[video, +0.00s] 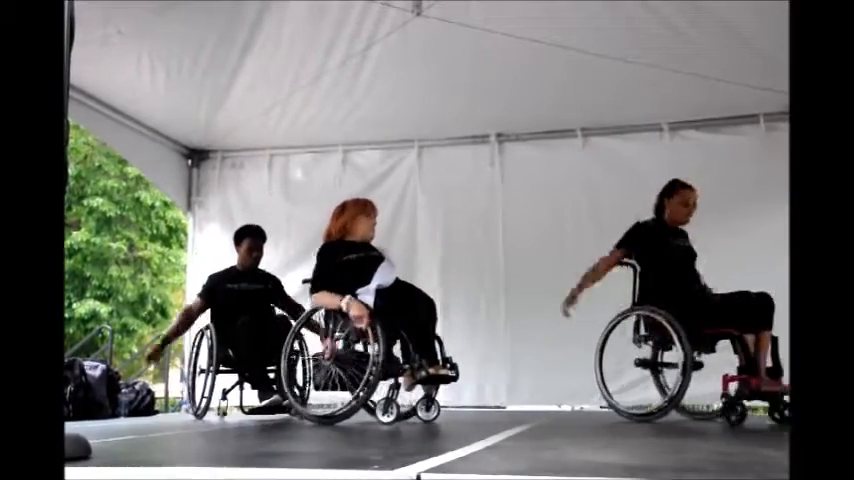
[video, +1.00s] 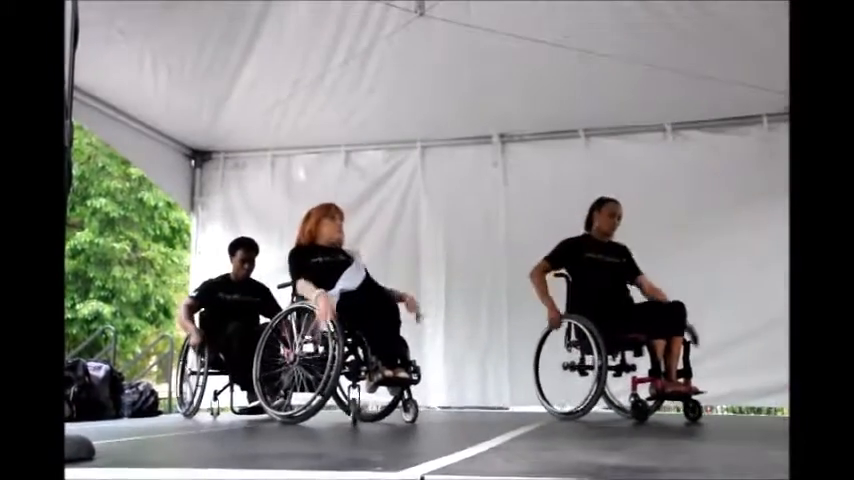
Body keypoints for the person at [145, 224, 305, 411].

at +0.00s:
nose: (258, 255)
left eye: (261, 249)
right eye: (252, 249)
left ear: (263, 250)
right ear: (238, 248)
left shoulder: (269, 282)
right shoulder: (218, 281)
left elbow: (295, 310)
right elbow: (191, 313)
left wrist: (323, 332)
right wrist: (163, 343)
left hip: (262, 343)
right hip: (230, 346)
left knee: (282, 324)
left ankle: (286, 392)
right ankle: (266, 393)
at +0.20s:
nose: (255, 257)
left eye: (258, 253)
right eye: (250, 252)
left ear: (261, 252)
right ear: (236, 250)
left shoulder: (268, 278)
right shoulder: (217, 278)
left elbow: (301, 287)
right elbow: (179, 291)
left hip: (261, 343)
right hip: (226, 347)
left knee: (280, 324)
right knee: (246, 328)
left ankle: (285, 390)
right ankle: (263, 392)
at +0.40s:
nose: (251, 258)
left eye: (254, 253)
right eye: (246, 253)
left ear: (258, 253)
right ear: (233, 251)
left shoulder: (262, 279)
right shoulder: (215, 278)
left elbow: (292, 273)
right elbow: (177, 281)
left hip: (257, 342)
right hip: (225, 346)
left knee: (275, 325)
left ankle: (279, 391)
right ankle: (258, 392)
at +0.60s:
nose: (247, 260)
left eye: (250, 255)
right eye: (242, 255)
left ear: (254, 255)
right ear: (230, 254)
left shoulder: (260, 281)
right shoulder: (214, 281)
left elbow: (293, 281)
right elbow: (185, 290)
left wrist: (310, 262)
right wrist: (196, 269)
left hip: (255, 341)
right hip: (224, 344)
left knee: (272, 327)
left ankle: (276, 393)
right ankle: (255, 392)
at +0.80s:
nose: (245, 262)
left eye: (248, 257)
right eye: (240, 257)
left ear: (252, 257)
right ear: (228, 255)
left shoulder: (258, 286)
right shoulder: (211, 285)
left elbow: (284, 305)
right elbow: (188, 308)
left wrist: (299, 310)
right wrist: (200, 318)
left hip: (253, 343)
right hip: (223, 344)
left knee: (268, 328)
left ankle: (273, 393)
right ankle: (255, 393)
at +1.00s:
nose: (248, 266)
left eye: (252, 261)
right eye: (244, 261)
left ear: (255, 262)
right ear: (232, 259)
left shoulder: (259, 291)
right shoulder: (214, 287)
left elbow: (282, 319)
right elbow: (186, 310)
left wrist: (289, 344)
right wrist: (193, 332)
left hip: (249, 346)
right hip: (216, 348)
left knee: (273, 331)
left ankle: (272, 394)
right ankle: (256, 395)